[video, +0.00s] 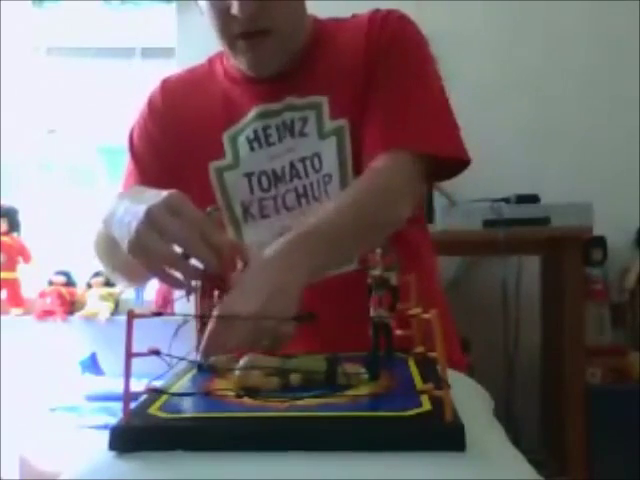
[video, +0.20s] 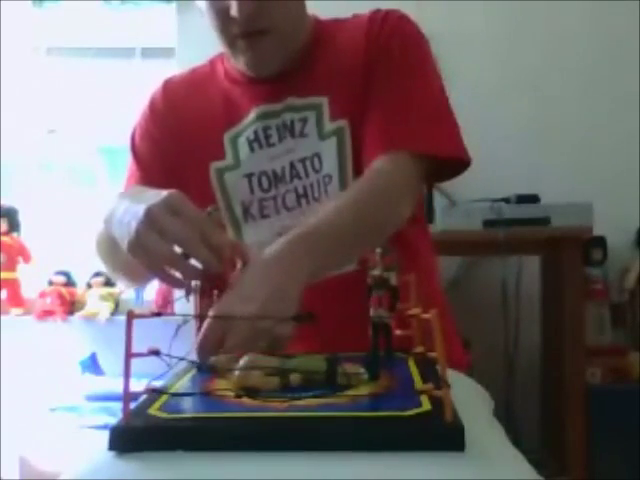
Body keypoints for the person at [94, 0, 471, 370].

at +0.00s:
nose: (239, 11)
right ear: (203, 7)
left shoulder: (381, 42)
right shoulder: (172, 106)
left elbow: (399, 182)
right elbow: (127, 269)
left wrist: (285, 265)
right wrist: (124, 214)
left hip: (399, 380)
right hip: (243, 398)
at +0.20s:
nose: (237, 12)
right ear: (202, 8)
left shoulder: (382, 42)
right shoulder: (174, 106)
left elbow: (397, 184)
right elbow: (128, 270)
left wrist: (285, 264)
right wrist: (124, 214)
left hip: (398, 381)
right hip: (242, 398)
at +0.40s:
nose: (239, 14)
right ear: (202, 7)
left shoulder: (382, 43)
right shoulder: (175, 107)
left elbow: (398, 180)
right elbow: (131, 269)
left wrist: (284, 266)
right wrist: (126, 215)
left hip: (398, 382)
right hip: (245, 399)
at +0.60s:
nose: (239, 16)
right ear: (203, 6)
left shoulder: (383, 43)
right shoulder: (178, 106)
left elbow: (387, 189)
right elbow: (133, 268)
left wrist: (280, 269)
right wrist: (126, 215)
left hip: (398, 380)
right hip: (246, 397)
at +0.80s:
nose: (240, 20)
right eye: (219, 1)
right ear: (203, 6)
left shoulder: (383, 43)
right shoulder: (178, 106)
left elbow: (380, 189)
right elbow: (133, 265)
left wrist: (273, 274)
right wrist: (126, 216)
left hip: (397, 380)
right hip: (244, 396)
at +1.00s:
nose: (240, 20)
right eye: (218, 1)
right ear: (203, 6)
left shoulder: (383, 43)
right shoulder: (178, 106)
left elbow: (387, 185)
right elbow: (134, 259)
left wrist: (271, 262)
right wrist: (124, 214)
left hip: (399, 378)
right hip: (247, 395)